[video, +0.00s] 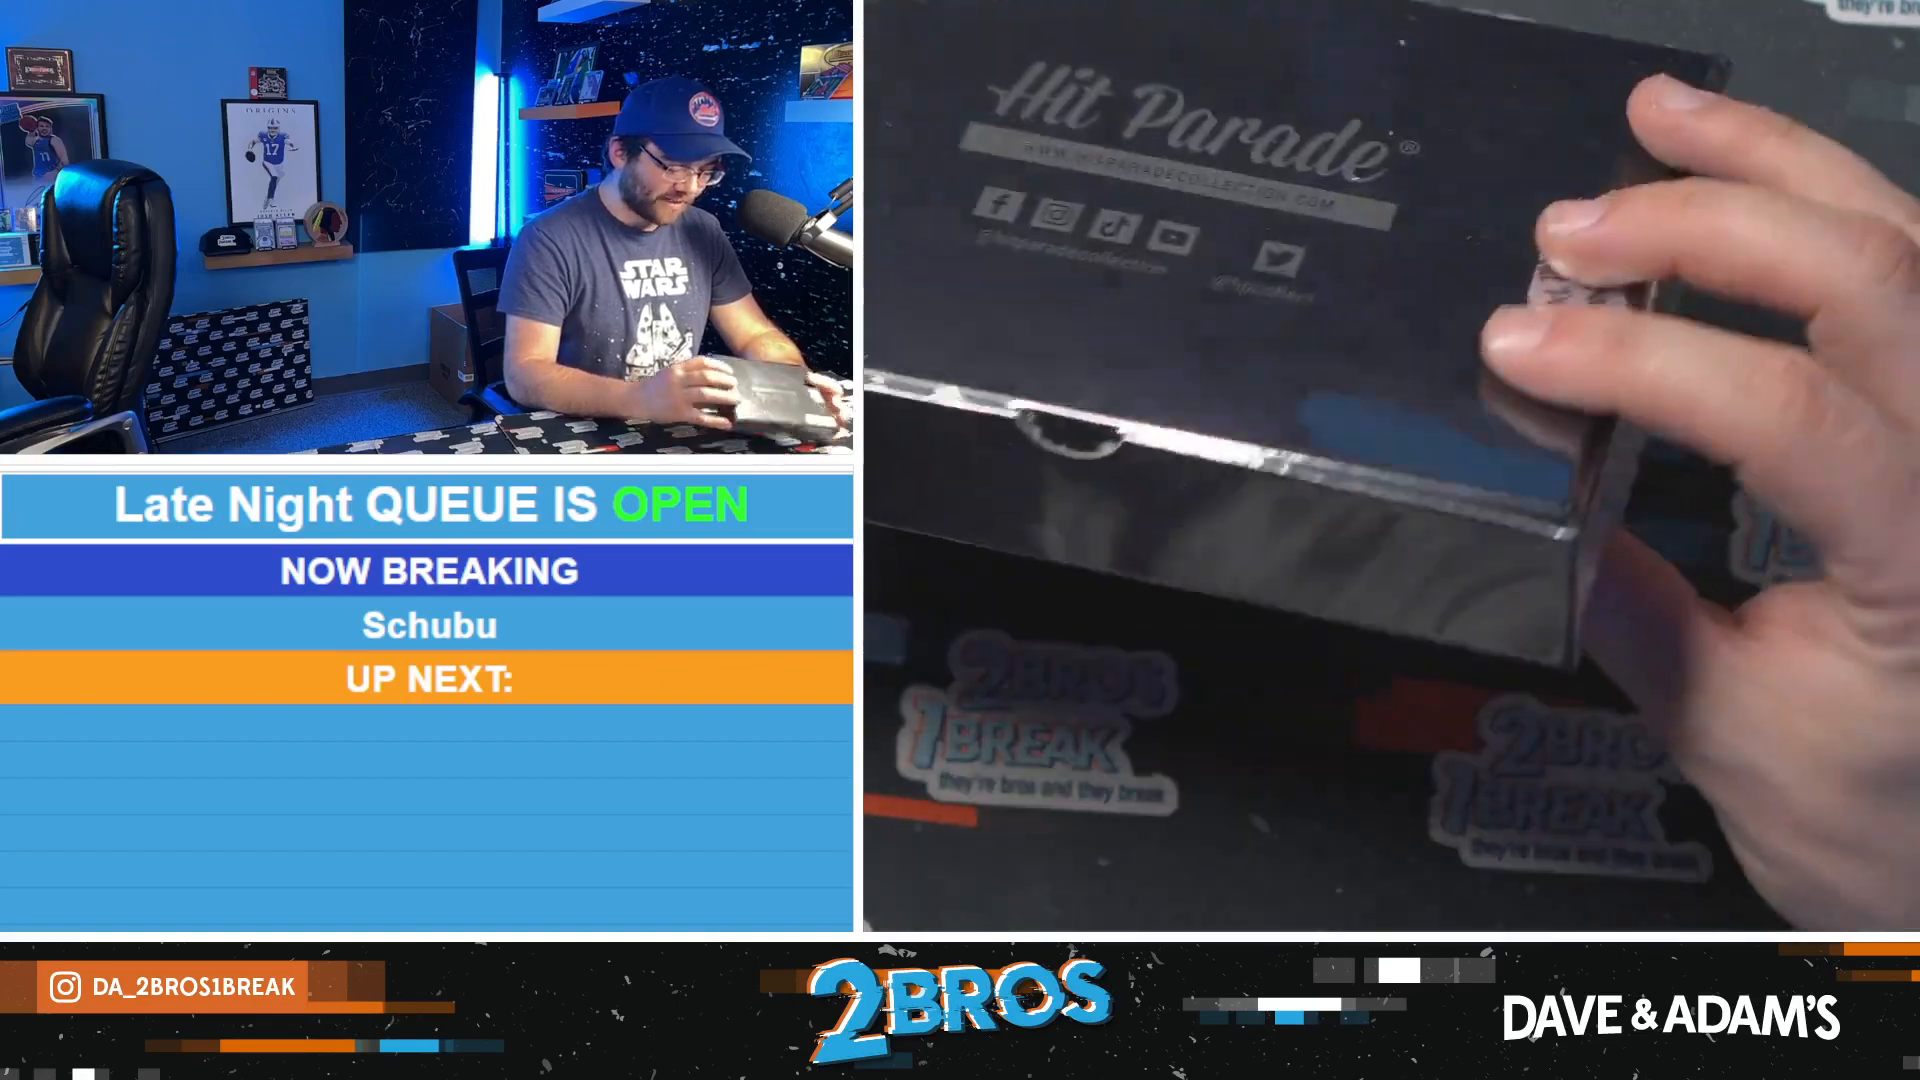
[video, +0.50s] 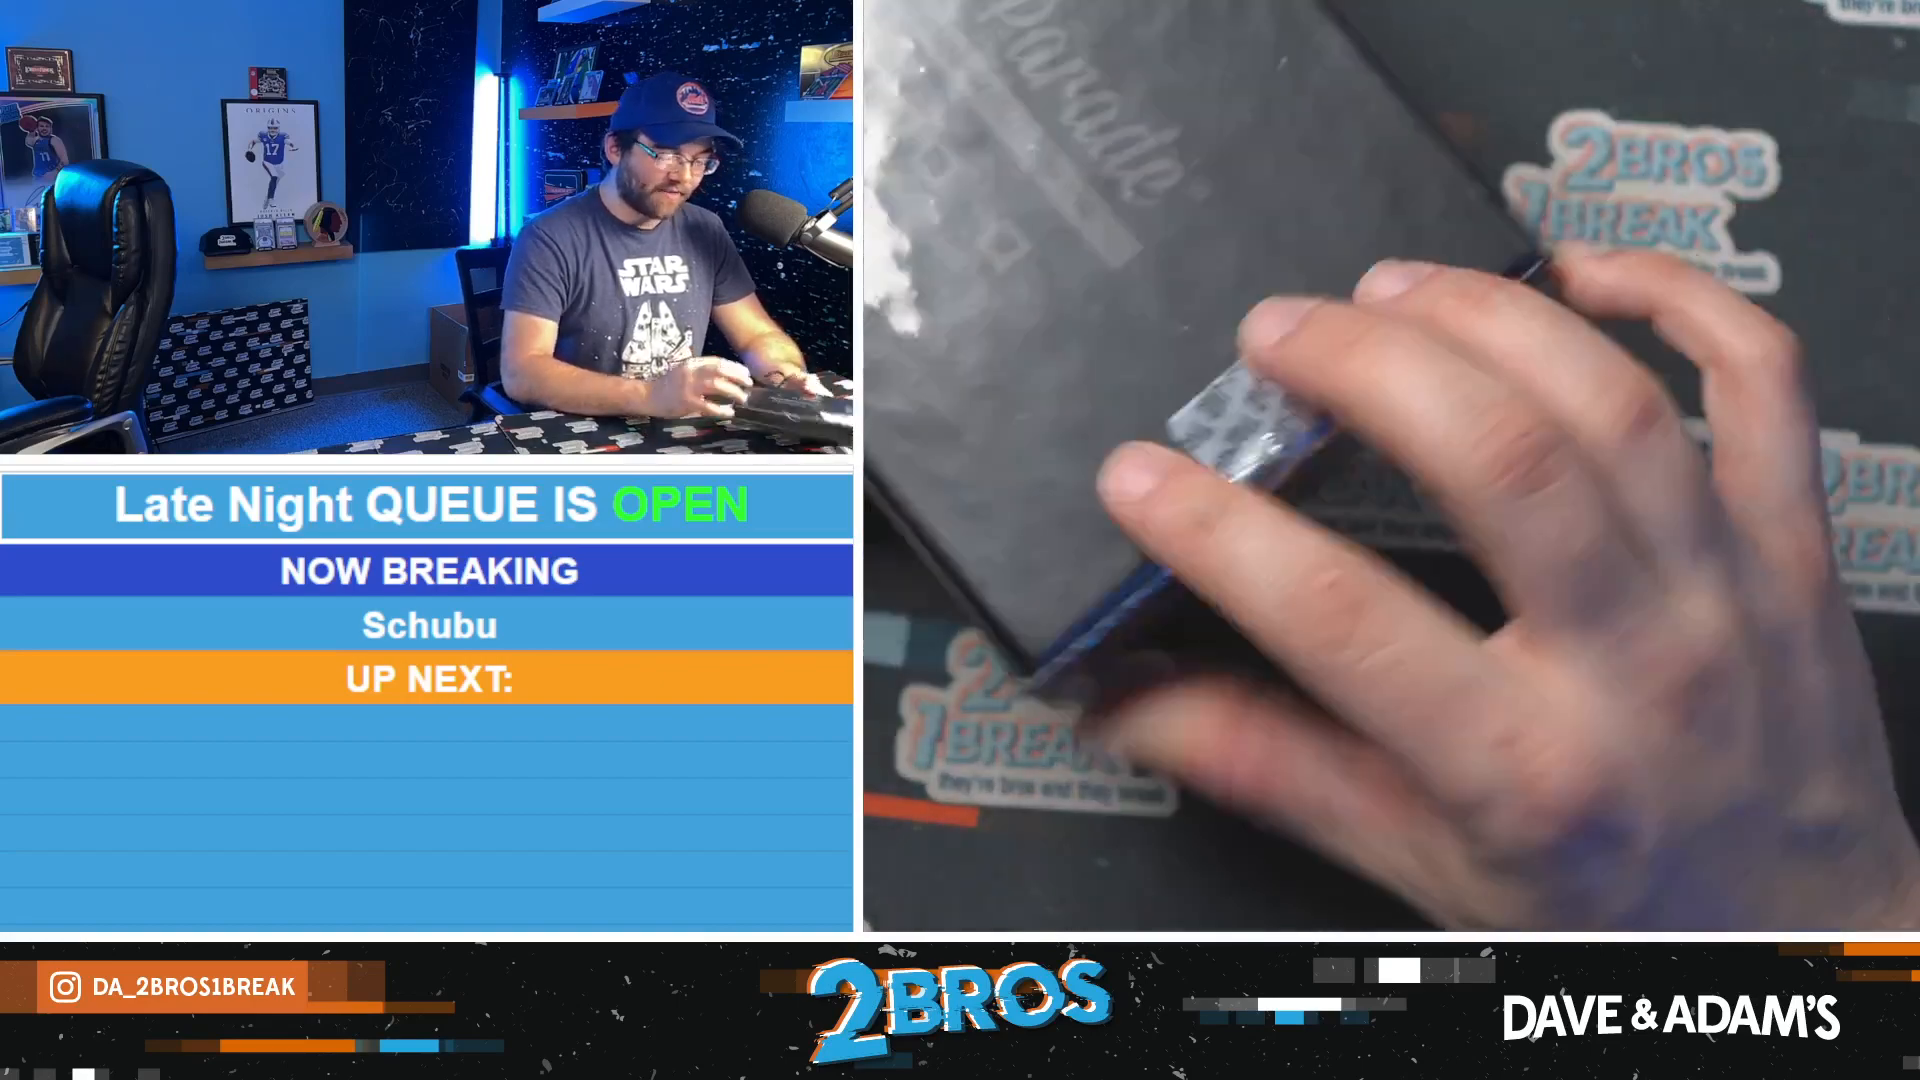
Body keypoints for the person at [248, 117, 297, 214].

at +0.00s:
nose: (273, 130)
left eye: (275, 128)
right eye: (271, 128)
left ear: (278, 128)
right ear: (268, 128)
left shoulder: (283, 136)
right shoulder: (263, 136)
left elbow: (290, 143)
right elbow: (253, 141)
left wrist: (292, 147)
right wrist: (250, 149)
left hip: (279, 164)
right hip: (267, 162)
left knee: (275, 182)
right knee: (274, 176)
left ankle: (267, 200)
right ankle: (270, 199)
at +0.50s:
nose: (273, 130)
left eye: (275, 128)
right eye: (271, 128)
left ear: (278, 128)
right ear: (268, 128)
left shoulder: (283, 136)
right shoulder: (263, 136)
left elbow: (290, 143)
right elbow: (253, 141)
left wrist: (292, 147)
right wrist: (250, 149)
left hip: (279, 164)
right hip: (267, 162)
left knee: (275, 182)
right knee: (274, 176)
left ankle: (267, 200)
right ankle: (270, 199)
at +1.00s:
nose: (273, 130)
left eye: (275, 128)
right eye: (271, 128)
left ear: (278, 128)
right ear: (268, 128)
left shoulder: (283, 136)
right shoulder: (263, 136)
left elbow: (290, 143)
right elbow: (253, 141)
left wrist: (292, 147)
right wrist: (250, 149)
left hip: (279, 164)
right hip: (267, 162)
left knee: (275, 182)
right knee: (274, 176)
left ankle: (267, 200)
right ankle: (270, 199)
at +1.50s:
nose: (273, 130)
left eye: (275, 128)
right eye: (271, 128)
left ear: (278, 128)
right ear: (268, 128)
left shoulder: (282, 136)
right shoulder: (263, 136)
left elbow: (290, 143)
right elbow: (253, 141)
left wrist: (293, 147)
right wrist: (250, 149)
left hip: (279, 164)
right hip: (267, 162)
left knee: (275, 182)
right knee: (274, 176)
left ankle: (267, 200)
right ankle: (270, 199)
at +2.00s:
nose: (273, 130)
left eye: (275, 128)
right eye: (271, 128)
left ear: (278, 128)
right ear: (268, 128)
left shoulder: (283, 136)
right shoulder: (263, 136)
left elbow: (289, 142)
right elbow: (253, 142)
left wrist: (292, 146)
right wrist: (250, 149)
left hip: (278, 163)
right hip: (267, 162)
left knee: (276, 181)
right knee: (274, 176)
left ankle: (267, 200)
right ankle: (270, 199)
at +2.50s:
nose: (272, 130)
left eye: (275, 128)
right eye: (270, 128)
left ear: (278, 129)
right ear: (268, 128)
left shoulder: (283, 136)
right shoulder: (263, 136)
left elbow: (289, 142)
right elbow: (253, 142)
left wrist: (292, 146)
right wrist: (250, 149)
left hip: (278, 163)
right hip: (267, 162)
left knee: (276, 181)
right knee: (274, 176)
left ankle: (267, 200)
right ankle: (270, 199)